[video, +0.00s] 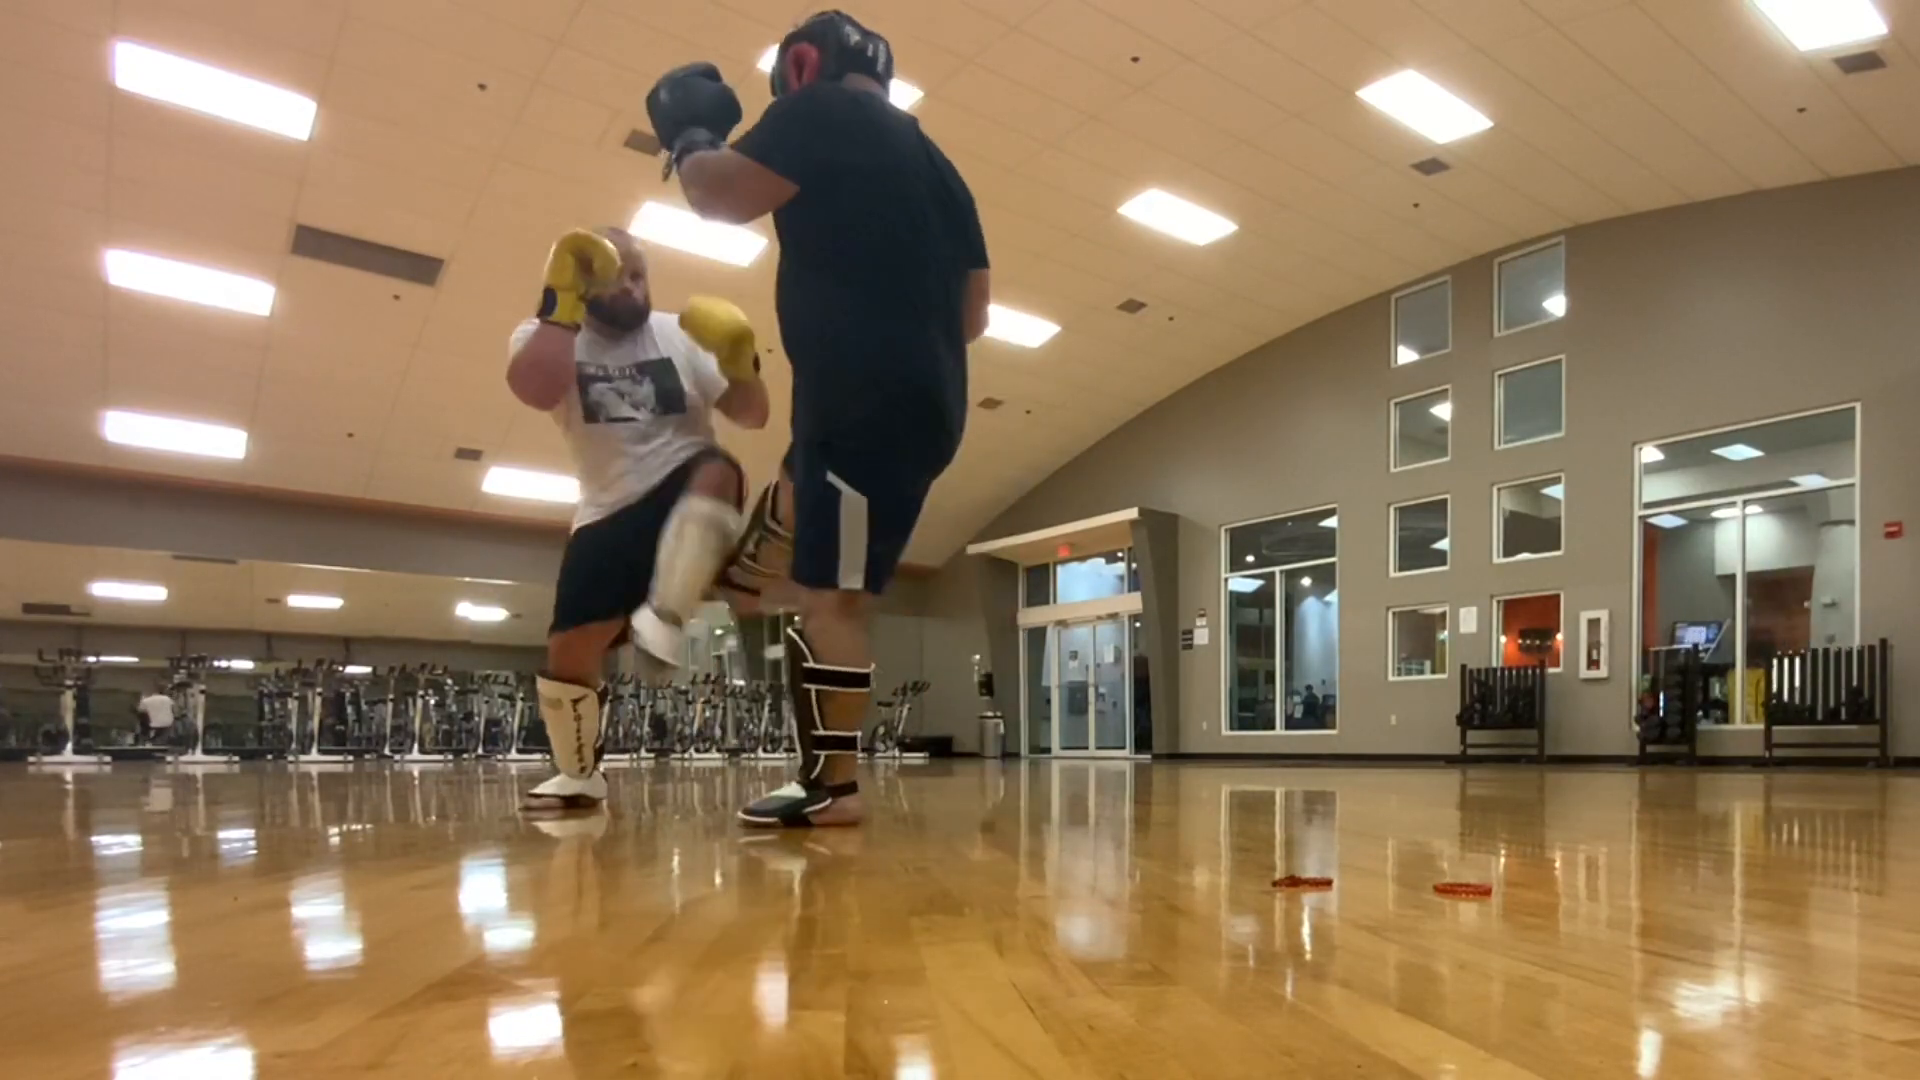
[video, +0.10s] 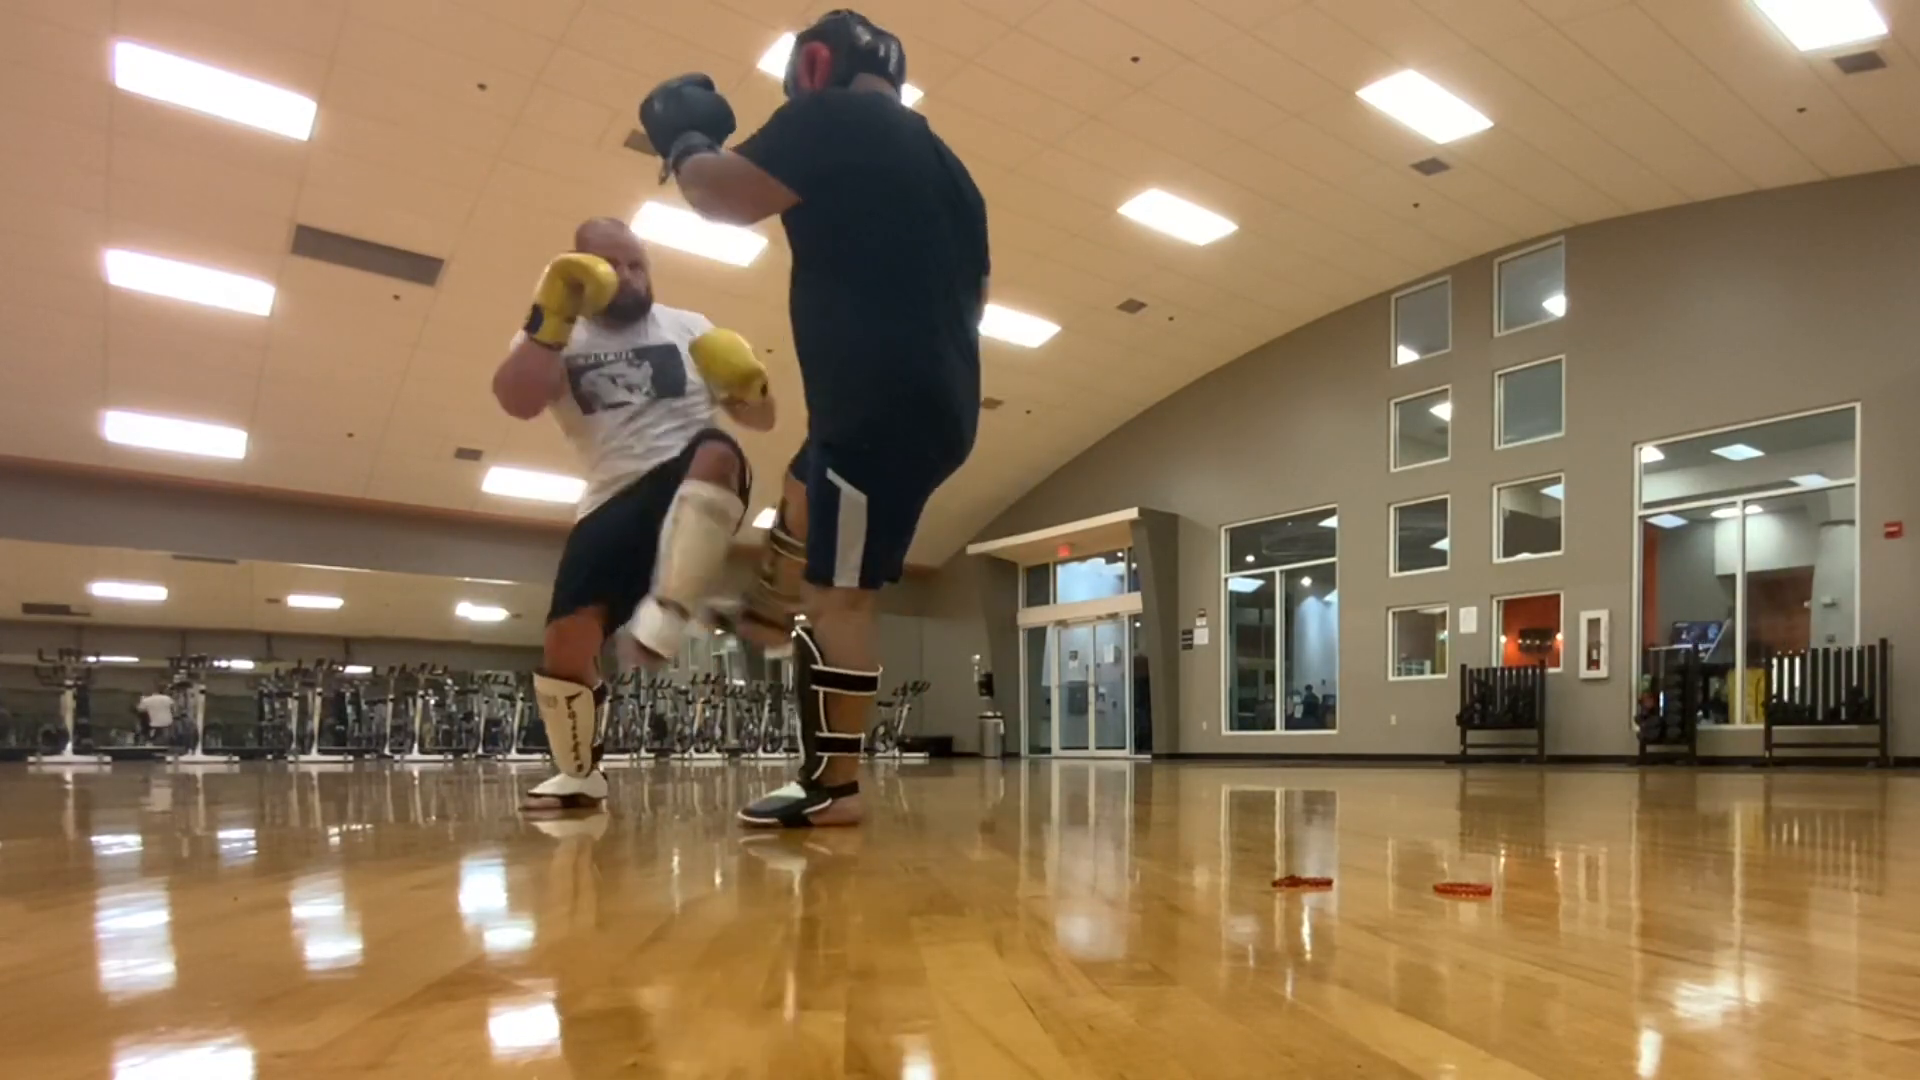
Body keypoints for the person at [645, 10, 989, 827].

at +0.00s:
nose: (784, 90)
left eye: (786, 75)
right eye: (786, 78)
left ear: (806, 62)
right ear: (875, 75)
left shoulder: (819, 109)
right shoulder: (936, 161)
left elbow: (724, 193)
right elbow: (972, 311)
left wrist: (690, 134)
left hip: (858, 386)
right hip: (926, 396)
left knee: (834, 596)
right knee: (772, 562)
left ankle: (834, 785)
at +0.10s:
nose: (793, 88)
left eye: (798, 73)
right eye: (795, 76)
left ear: (820, 61)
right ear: (892, 77)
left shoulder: (831, 116)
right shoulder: (948, 166)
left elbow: (730, 194)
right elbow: (971, 295)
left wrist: (683, 139)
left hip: (873, 396)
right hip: (943, 404)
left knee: (836, 591)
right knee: (810, 484)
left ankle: (835, 784)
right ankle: (773, 607)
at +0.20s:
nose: (812, 94)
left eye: (817, 77)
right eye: (813, 80)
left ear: (844, 62)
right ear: (913, 75)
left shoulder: (874, 120)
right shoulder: (952, 162)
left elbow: (773, 206)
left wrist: (712, 150)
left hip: (886, 398)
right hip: (949, 402)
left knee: (837, 593)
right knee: (870, 563)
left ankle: (832, 783)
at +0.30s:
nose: (852, 107)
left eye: (859, 87)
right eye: (855, 90)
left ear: (888, 74)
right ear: (947, 85)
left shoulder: (922, 135)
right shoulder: (965, 162)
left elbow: (854, 212)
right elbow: (908, 277)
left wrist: (771, 160)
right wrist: (813, 247)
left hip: (898, 420)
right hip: (974, 427)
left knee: (829, 595)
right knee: (936, 594)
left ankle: (830, 785)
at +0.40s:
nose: (914, 118)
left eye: (922, 98)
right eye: (917, 102)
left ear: (951, 86)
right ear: (1008, 97)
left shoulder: (990, 148)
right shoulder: (1010, 178)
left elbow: (949, 223)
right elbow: (902, 252)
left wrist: (834, 156)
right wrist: (801, 190)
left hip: (934, 433)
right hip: (1020, 438)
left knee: (855, 598)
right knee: (1026, 616)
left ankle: (831, 784)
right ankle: (1127, 764)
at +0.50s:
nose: (981, 101)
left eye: (987, 85)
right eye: (983, 89)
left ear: (1012, 75)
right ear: (1064, 85)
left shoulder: (1049, 135)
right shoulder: (1070, 171)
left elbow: (1020, 222)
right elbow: (981, 279)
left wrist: (903, 156)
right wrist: (877, 214)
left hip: (1006, 425)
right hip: (1091, 430)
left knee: (922, 594)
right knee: (1080, 604)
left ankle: (850, 779)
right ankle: (1136, 788)